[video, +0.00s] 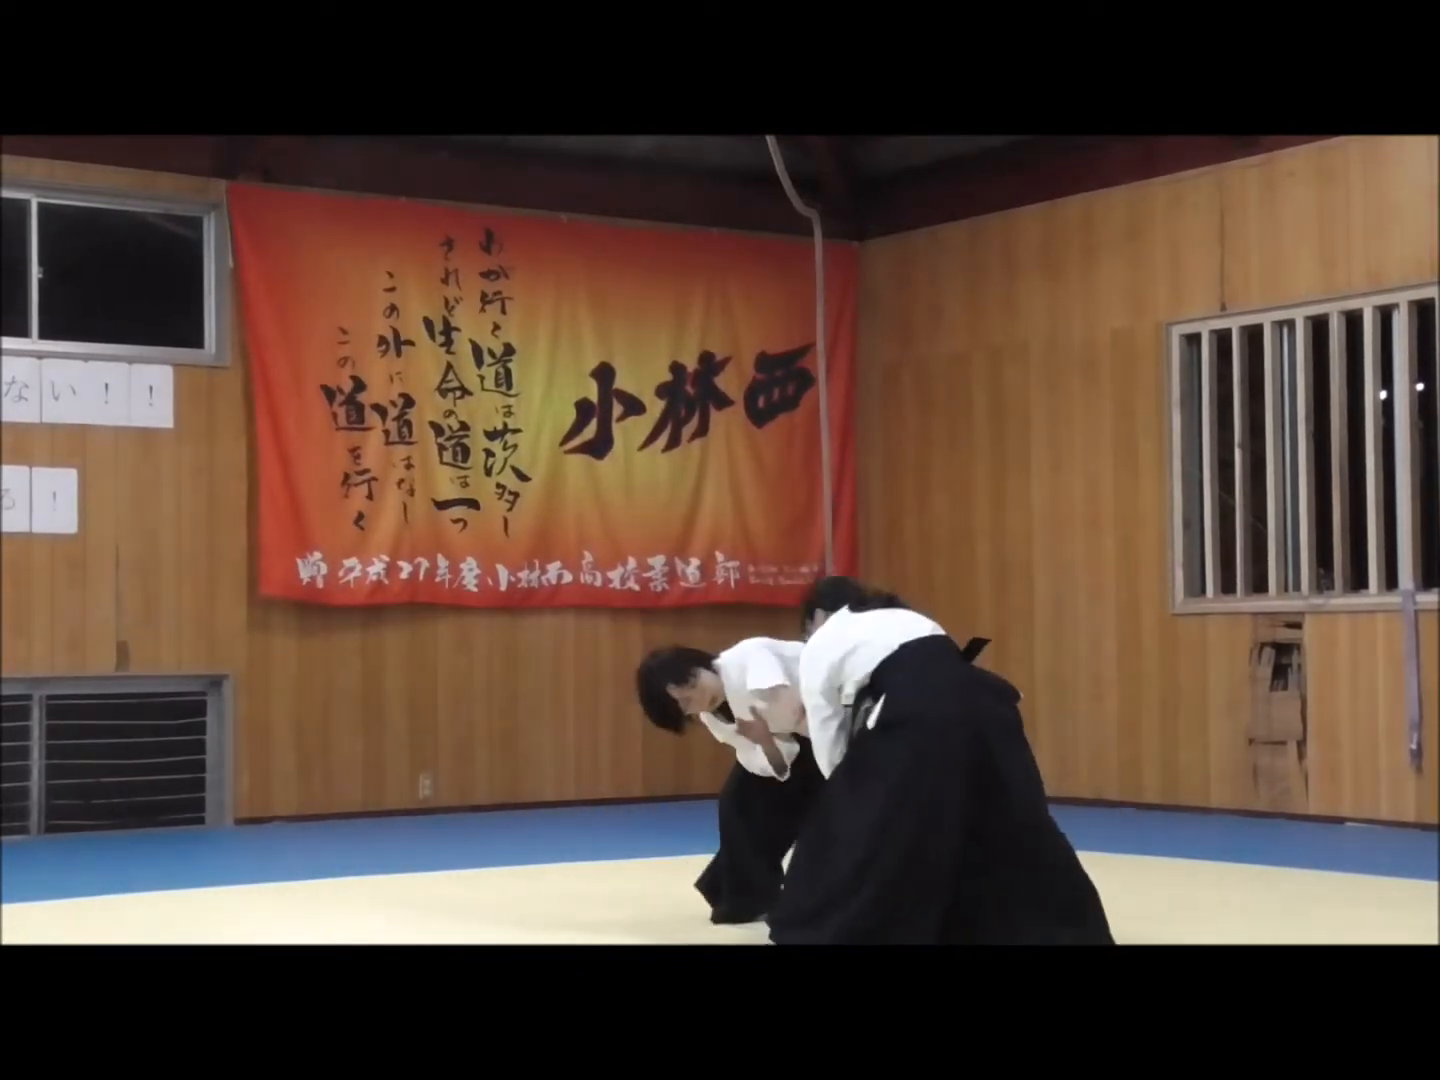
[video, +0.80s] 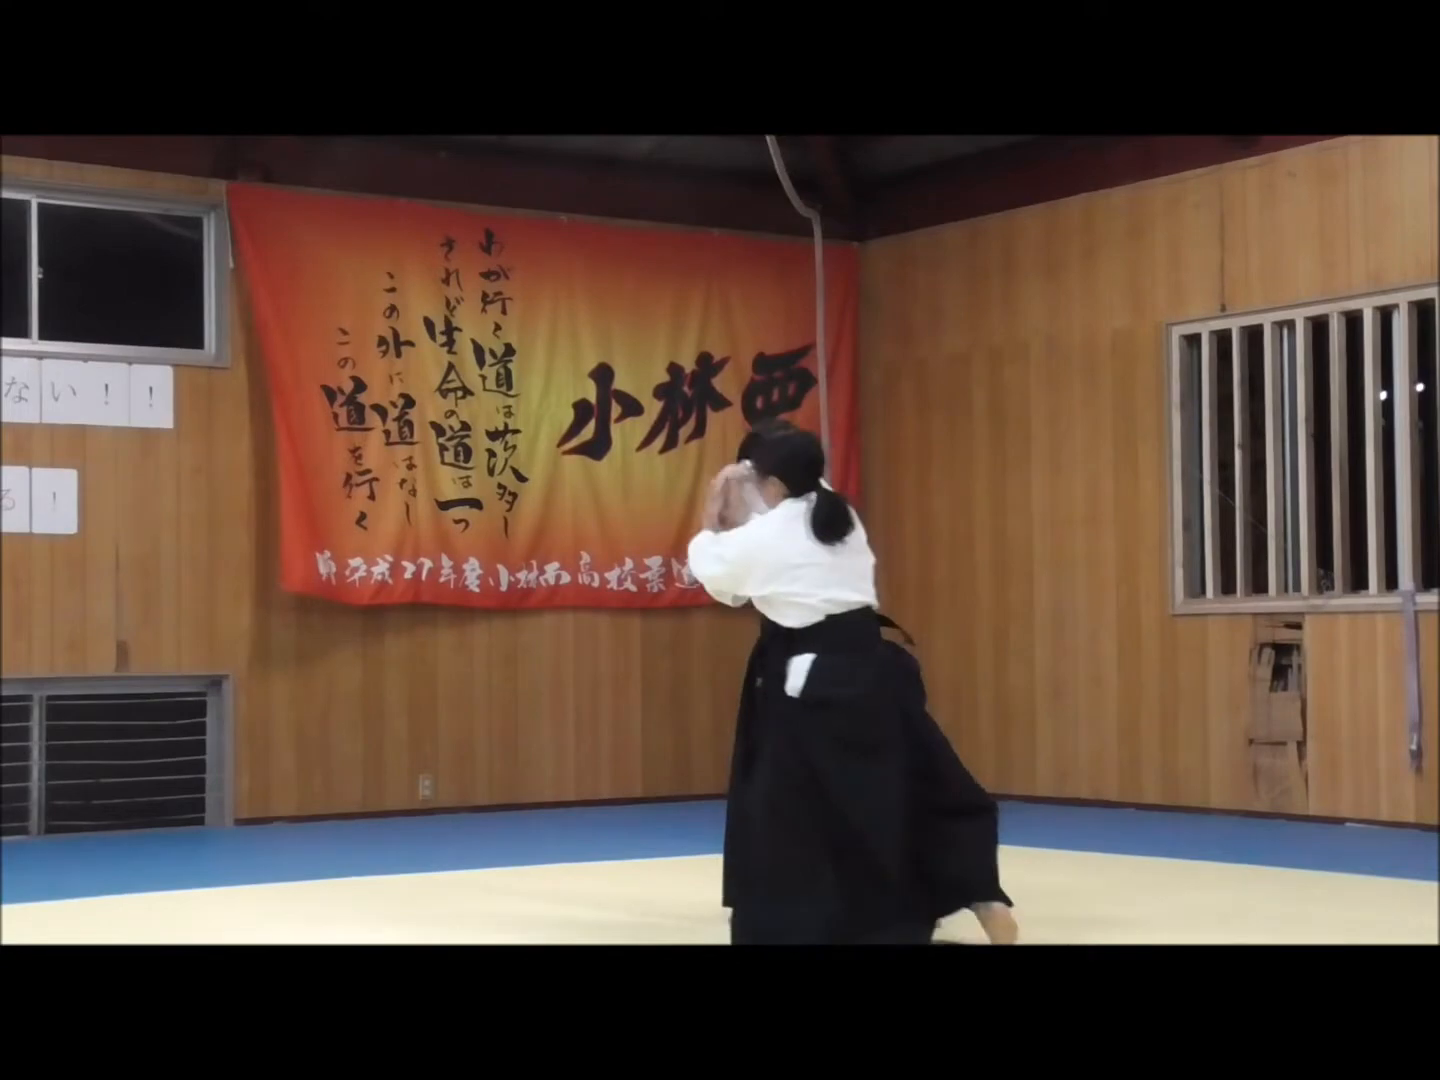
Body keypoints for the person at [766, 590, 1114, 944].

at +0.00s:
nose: (807, 638)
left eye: (808, 628)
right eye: (808, 630)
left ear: (822, 616)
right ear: (863, 606)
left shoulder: (819, 648)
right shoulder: (907, 618)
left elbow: (830, 752)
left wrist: (850, 796)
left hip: (915, 723)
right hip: (990, 712)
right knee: (1021, 832)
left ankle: (808, 926)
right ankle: (1072, 927)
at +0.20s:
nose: (806, 593)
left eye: (805, 582)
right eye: (803, 584)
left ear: (821, 571)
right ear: (858, 559)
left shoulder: (825, 610)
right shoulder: (902, 584)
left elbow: (810, 752)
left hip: (922, 707)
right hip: (993, 693)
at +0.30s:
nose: (802, 565)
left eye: (803, 554)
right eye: (801, 554)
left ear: (821, 547)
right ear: (858, 539)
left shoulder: (824, 591)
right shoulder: (900, 567)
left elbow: (778, 720)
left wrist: (764, 671)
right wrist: (809, 638)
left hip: (916, 696)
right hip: (985, 681)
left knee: (880, 818)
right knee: (997, 814)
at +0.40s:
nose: (802, 534)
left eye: (804, 523)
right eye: (801, 523)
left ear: (821, 519)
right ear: (857, 512)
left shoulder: (819, 570)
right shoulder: (897, 543)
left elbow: (775, 664)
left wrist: (757, 636)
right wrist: (795, 614)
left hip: (903, 684)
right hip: (968, 671)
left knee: (860, 805)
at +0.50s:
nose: (800, 509)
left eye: (803, 499)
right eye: (798, 501)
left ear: (821, 500)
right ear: (857, 493)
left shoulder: (814, 554)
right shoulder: (895, 532)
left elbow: (762, 636)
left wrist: (749, 602)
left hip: (884, 683)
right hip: (950, 670)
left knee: (847, 800)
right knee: (955, 800)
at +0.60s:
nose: (791, 499)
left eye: (794, 490)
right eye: (790, 490)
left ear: (810, 492)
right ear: (852, 482)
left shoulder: (803, 551)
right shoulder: (888, 528)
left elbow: (718, 618)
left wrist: (732, 557)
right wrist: (778, 554)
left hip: (863, 688)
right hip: (931, 677)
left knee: (828, 804)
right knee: (934, 804)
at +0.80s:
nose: (749, 482)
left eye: (752, 474)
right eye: (750, 474)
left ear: (769, 481)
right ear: (812, 473)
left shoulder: (765, 536)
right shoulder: (844, 516)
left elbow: (702, 563)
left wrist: (712, 508)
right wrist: (743, 504)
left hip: (807, 680)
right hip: (875, 669)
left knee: (786, 801)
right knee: (922, 783)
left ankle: (781, 923)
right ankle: (983, 894)